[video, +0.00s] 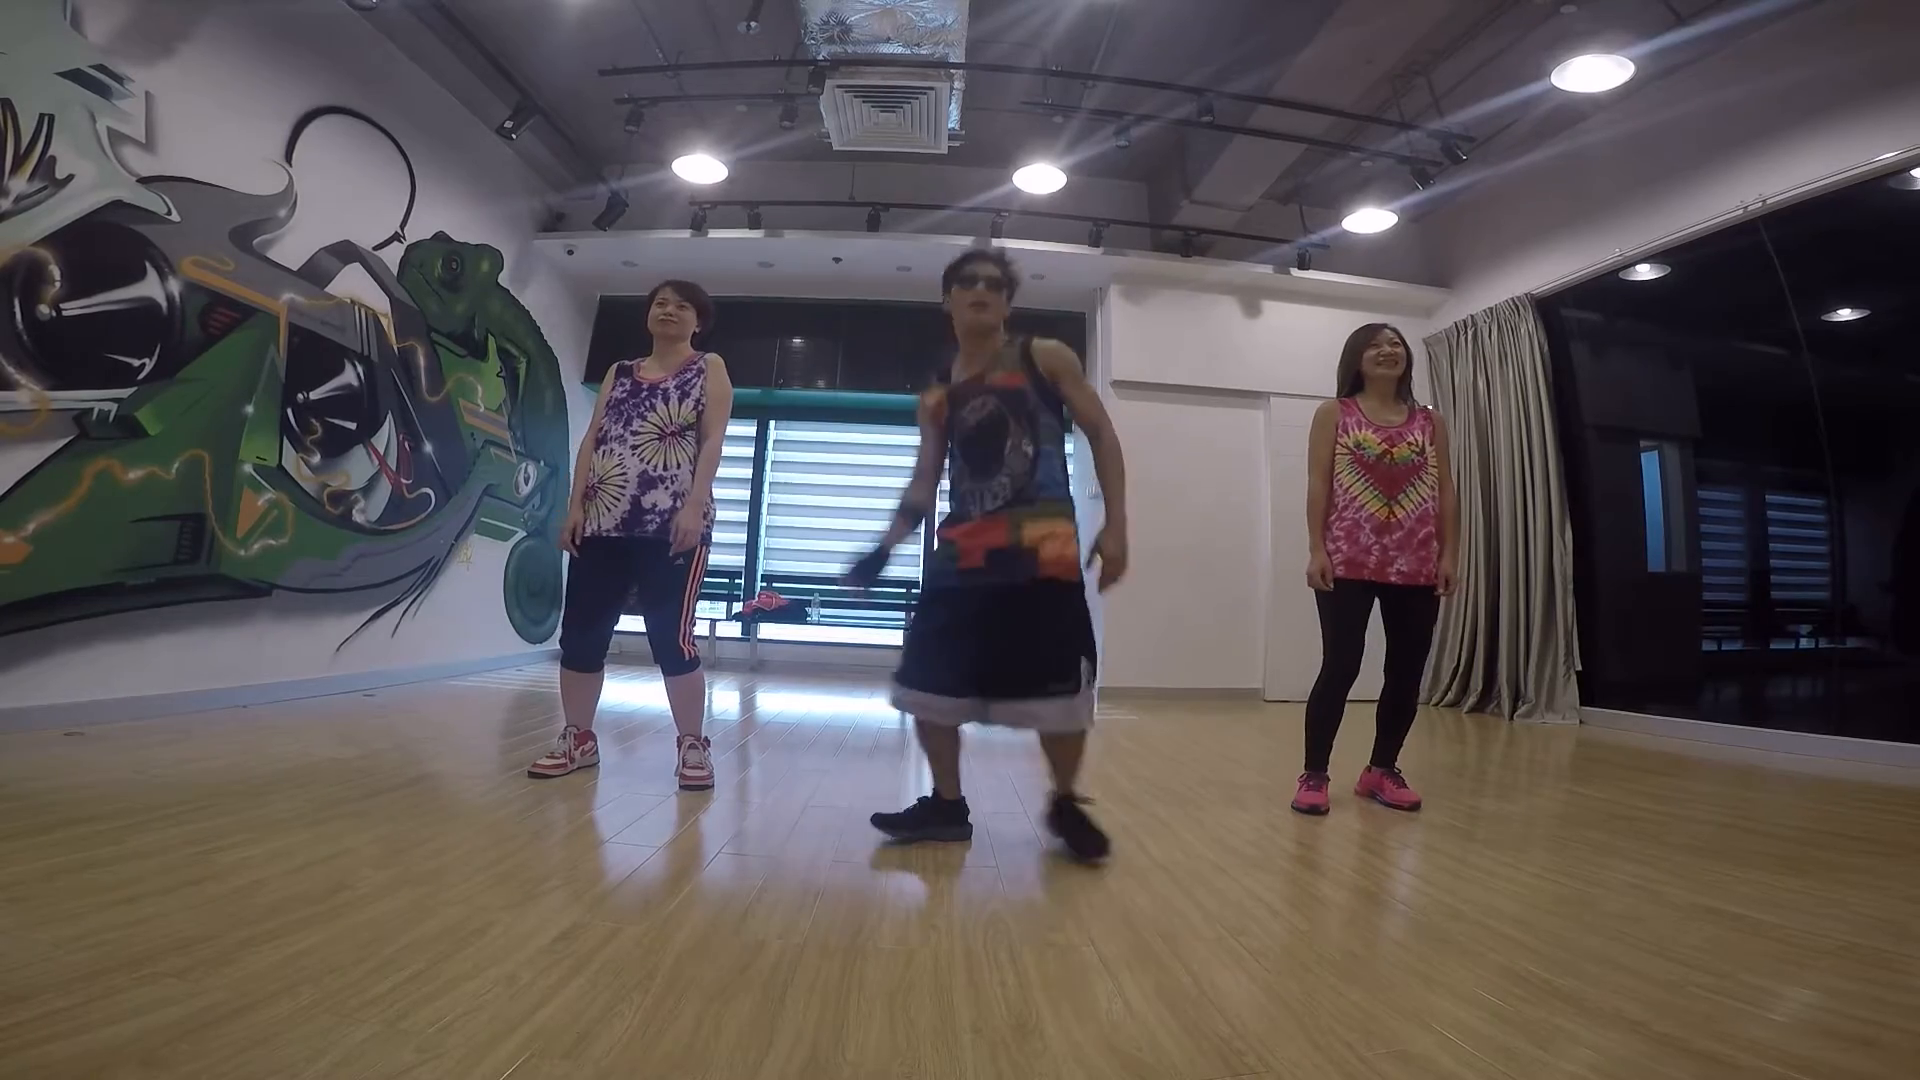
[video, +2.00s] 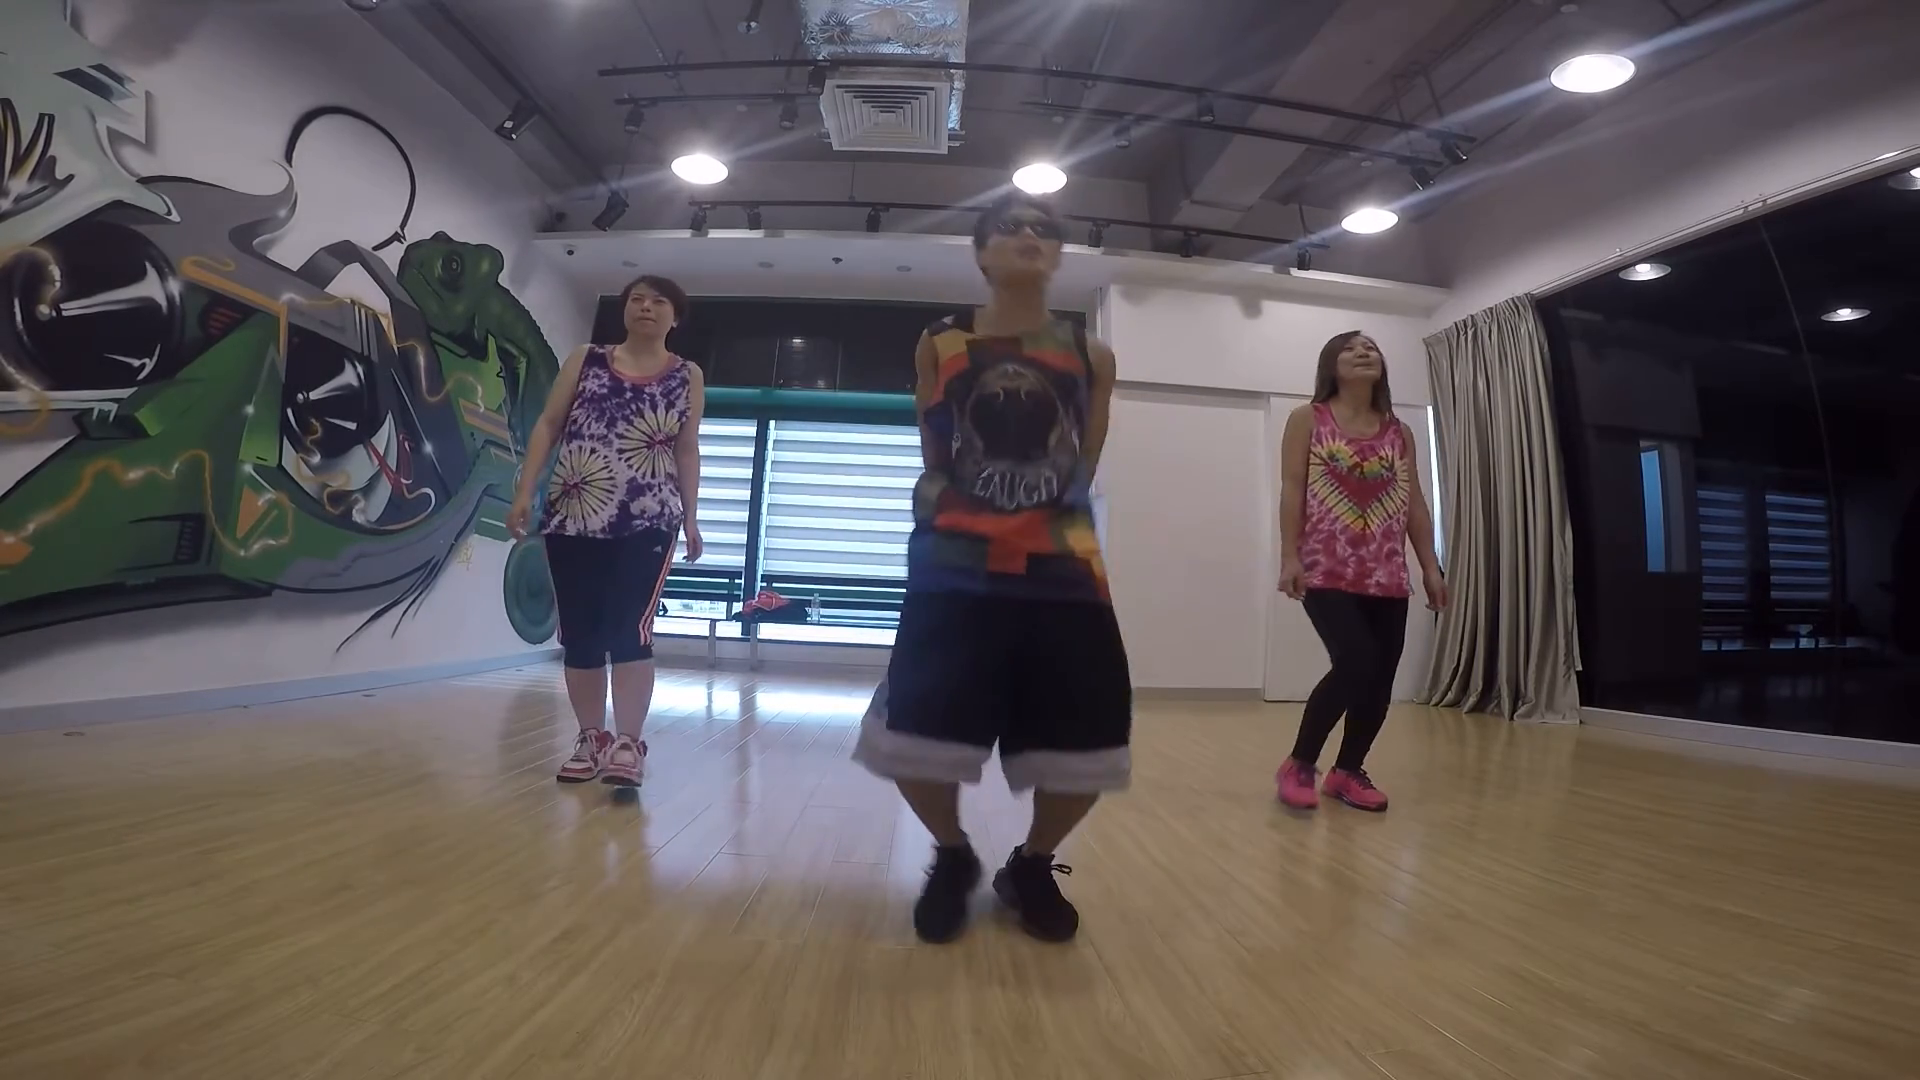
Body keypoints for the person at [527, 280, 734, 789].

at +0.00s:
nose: (668, 310)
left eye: (681, 305)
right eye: (660, 303)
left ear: (697, 322)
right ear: (647, 316)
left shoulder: (709, 368)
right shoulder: (619, 373)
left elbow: (711, 441)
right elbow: (591, 441)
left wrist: (694, 506)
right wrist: (575, 504)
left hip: (671, 527)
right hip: (603, 523)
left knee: (672, 641)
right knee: (580, 636)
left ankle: (692, 745)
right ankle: (578, 741)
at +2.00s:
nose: (646, 305)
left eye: (659, 300)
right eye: (637, 298)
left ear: (675, 317)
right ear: (623, 312)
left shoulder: (686, 376)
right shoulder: (585, 359)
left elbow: (686, 450)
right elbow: (549, 424)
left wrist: (689, 519)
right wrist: (523, 493)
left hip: (646, 522)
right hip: (574, 518)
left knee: (626, 632)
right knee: (580, 636)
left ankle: (628, 744)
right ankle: (591, 741)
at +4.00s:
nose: (669, 325)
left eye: (681, 319)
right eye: (661, 318)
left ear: (697, 336)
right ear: (649, 332)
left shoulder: (708, 389)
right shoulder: (616, 381)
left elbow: (713, 455)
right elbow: (586, 448)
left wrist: (709, 503)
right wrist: (561, 508)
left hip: (666, 528)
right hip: (601, 525)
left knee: (652, 628)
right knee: (603, 633)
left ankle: (661, 725)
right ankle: (620, 730)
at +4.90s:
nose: (647, 334)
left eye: (659, 328)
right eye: (640, 328)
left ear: (677, 341)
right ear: (630, 339)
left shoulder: (689, 381)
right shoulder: (620, 397)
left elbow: (696, 452)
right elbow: (606, 463)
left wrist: (698, 519)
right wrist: (590, 523)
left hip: (661, 532)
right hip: (604, 531)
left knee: (649, 638)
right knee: (597, 640)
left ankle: (664, 733)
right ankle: (623, 734)